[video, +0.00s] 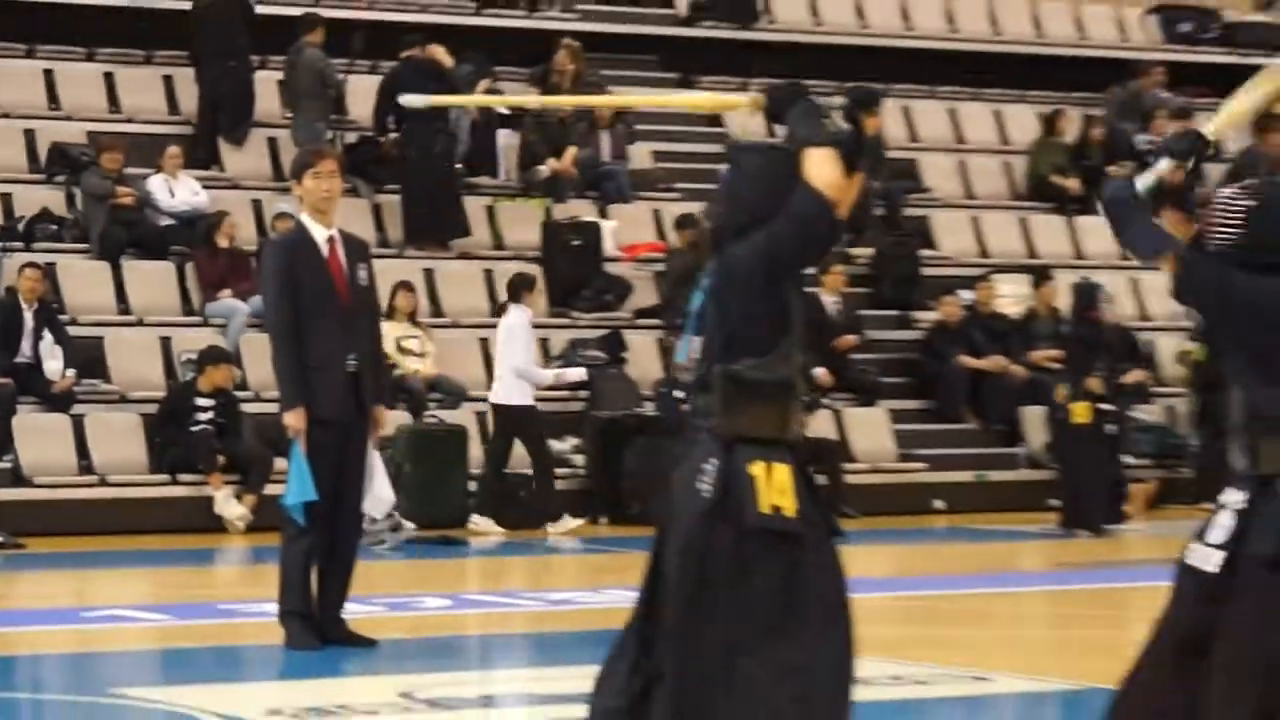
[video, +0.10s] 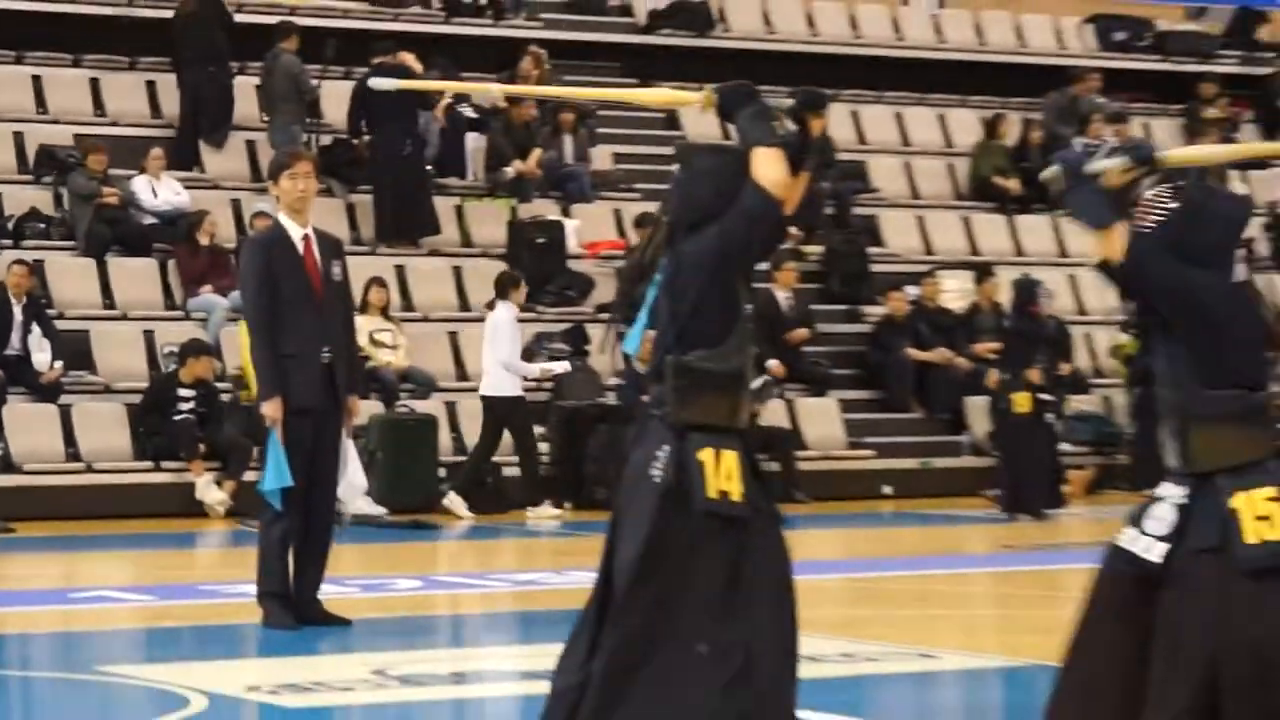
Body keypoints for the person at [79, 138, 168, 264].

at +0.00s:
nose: (114, 158)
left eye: (119, 154)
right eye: (109, 154)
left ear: (124, 158)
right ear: (99, 157)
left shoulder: (129, 179)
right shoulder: (91, 176)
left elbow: (144, 197)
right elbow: (96, 189)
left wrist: (112, 199)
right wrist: (130, 192)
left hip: (135, 222)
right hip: (106, 223)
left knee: (157, 236)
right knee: (113, 239)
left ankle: (157, 278)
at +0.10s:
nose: (100, 160)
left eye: (103, 155)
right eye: (95, 155)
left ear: (108, 159)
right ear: (86, 159)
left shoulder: (112, 179)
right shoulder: (77, 176)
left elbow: (129, 196)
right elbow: (84, 190)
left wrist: (101, 199)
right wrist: (115, 192)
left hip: (118, 218)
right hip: (91, 220)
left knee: (141, 236)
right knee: (101, 236)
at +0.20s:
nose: (92, 168)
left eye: (96, 164)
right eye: (88, 164)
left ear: (100, 167)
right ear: (79, 166)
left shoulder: (105, 184)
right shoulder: (71, 182)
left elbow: (121, 200)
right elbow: (78, 195)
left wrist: (93, 203)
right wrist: (108, 196)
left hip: (111, 222)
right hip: (84, 223)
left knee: (132, 238)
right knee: (94, 238)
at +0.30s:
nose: (84, 172)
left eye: (87, 168)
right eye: (80, 168)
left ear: (92, 171)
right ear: (72, 171)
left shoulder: (96, 188)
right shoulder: (64, 186)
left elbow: (112, 204)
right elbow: (71, 198)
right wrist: (99, 200)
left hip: (102, 224)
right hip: (77, 226)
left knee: (124, 240)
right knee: (85, 241)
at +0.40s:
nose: (77, 177)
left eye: (79, 174)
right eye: (72, 174)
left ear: (83, 176)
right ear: (64, 176)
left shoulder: (86, 194)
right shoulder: (56, 193)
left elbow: (102, 209)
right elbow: (65, 204)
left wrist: (75, 212)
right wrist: (90, 205)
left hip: (94, 227)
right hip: (69, 229)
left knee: (114, 243)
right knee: (78, 244)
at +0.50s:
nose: (69, 181)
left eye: (72, 177)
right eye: (65, 178)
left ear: (76, 180)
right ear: (57, 181)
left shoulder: (80, 198)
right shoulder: (49, 197)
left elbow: (94, 212)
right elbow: (57, 208)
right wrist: (82, 209)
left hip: (85, 231)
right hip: (63, 232)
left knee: (105, 244)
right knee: (70, 245)